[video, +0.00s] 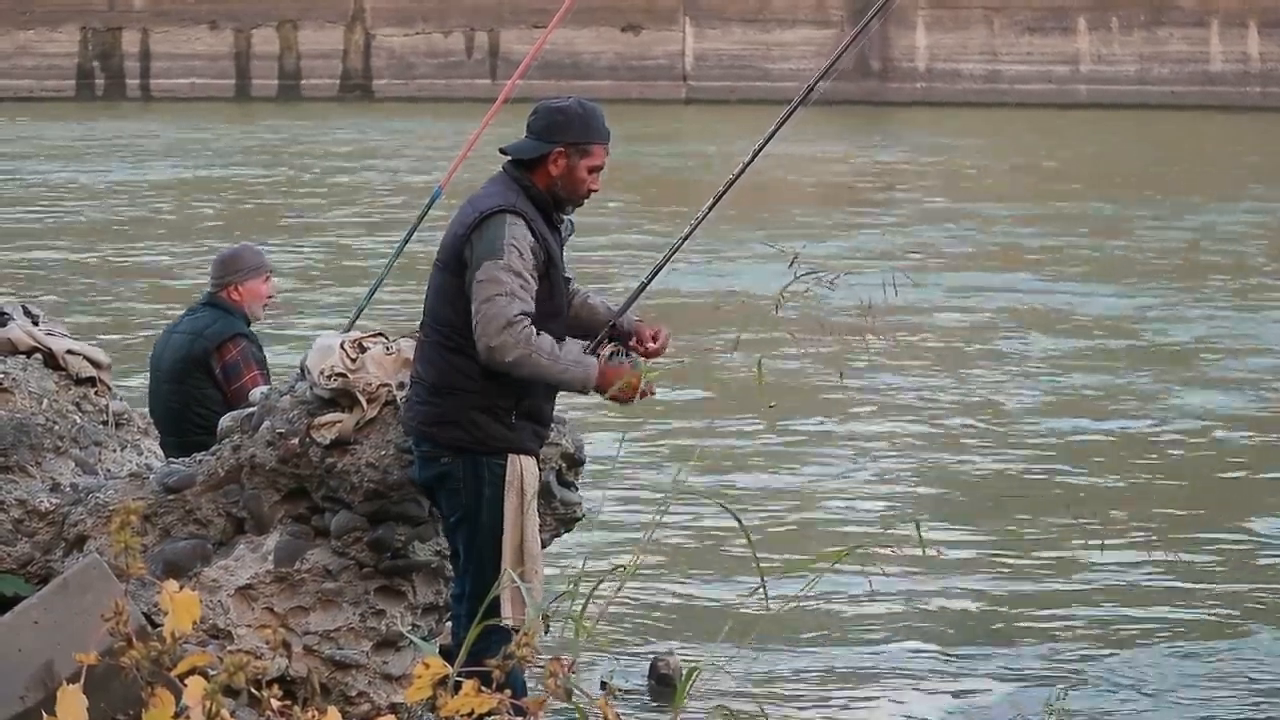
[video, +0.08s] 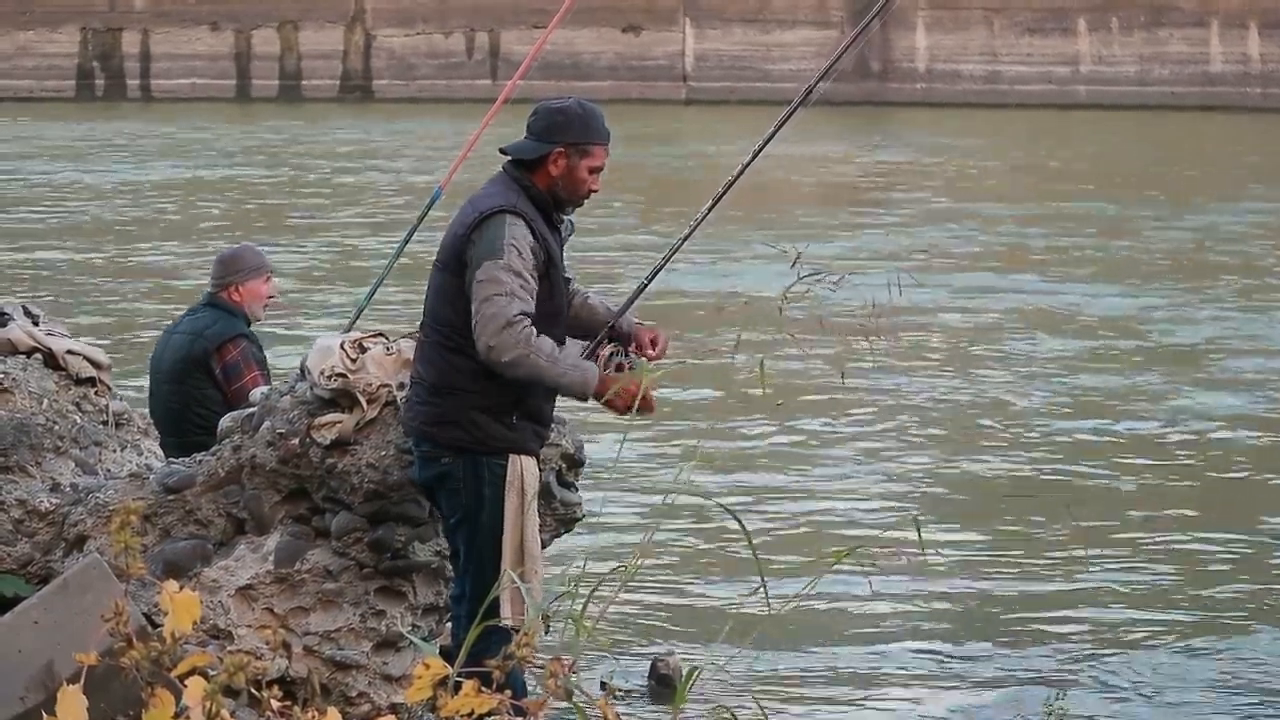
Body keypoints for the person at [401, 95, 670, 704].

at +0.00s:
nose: (598, 182)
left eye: (601, 169)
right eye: (592, 169)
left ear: (560, 160)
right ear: (554, 161)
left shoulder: (533, 217)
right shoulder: (506, 223)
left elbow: (554, 303)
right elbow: (503, 337)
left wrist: (623, 328)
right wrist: (594, 372)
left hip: (494, 437)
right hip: (469, 442)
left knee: (497, 595)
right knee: (490, 600)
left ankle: (489, 711)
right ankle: (484, 713)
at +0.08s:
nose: (598, 183)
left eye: (601, 170)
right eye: (592, 169)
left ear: (560, 161)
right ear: (554, 161)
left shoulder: (533, 216)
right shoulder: (506, 224)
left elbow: (553, 301)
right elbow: (503, 337)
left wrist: (622, 327)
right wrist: (597, 380)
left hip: (494, 435)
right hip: (469, 441)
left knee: (496, 592)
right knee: (489, 597)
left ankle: (486, 709)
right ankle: (483, 712)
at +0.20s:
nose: (598, 183)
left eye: (601, 170)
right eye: (593, 170)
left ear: (559, 161)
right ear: (556, 162)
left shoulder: (531, 215)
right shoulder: (507, 224)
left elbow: (551, 300)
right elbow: (506, 340)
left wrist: (619, 329)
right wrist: (595, 397)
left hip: (491, 434)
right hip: (469, 440)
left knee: (496, 593)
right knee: (490, 598)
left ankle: (489, 712)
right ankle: (482, 714)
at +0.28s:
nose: (598, 184)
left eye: (602, 171)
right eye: (593, 171)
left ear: (560, 161)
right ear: (556, 162)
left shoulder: (531, 216)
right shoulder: (507, 225)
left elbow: (552, 300)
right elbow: (508, 340)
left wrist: (618, 330)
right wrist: (593, 400)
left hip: (491, 434)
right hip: (468, 440)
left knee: (495, 593)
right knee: (490, 598)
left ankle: (488, 711)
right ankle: (484, 714)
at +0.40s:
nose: (599, 184)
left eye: (602, 171)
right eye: (594, 171)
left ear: (560, 161)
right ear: (558, 162)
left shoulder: (530, 215)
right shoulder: (508, 225)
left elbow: (552, 299)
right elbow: (507, 339)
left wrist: (621, 331)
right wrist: (590, 402)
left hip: (489, 437)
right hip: (468, 443)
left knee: (494, 595)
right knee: (490, 600)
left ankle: (486, 710)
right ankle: (485, 712)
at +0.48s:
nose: (600, 184)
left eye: (603, 171)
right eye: (595, 171)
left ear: (561, 161)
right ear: (559, 162)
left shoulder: (531, 215)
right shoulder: (509, 224)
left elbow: (554, 299)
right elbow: (504, 336)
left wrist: (622, 332)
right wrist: (586, 401)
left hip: (488, 435)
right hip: (468, 442)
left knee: (495, 594)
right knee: (490, 599)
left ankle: (490, 712)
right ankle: (484, 714)